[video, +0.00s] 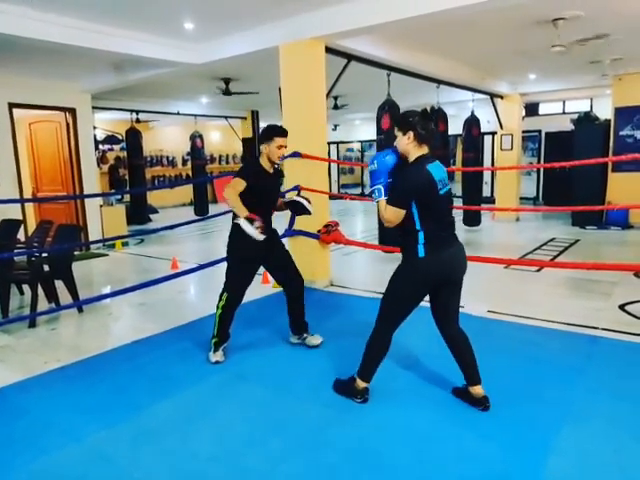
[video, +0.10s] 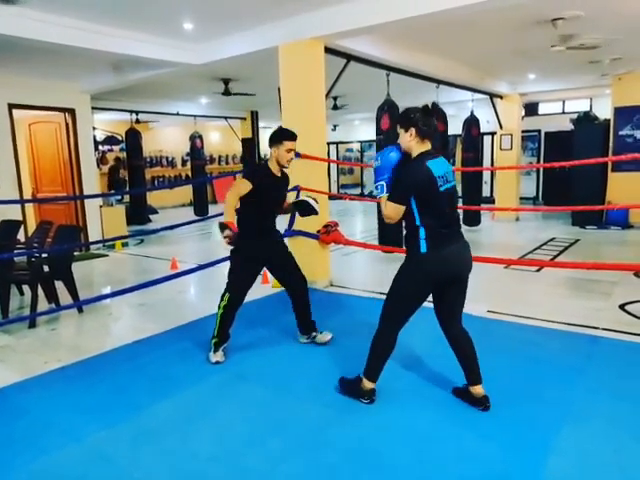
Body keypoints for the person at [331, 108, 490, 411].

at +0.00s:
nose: (395, 142)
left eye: (399, 136)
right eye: (396, 136)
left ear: (412, 137)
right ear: (420, 138)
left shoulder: (410, 174)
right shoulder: (437, 167)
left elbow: (389, 218)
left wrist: (378, 184)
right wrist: (389, 175)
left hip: (421, 263)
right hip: (452, 258)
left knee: (385, 324)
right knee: (449, 324)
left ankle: (360, 384)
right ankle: (476, 389)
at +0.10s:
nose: (399, 139)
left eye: (402, 133)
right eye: (400, 133)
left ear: (415, 134)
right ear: (425, 134)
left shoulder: (410, 169)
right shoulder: (443, 162)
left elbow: (391, 215)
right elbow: (430, 205)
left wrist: (383, 195)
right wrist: (395, 195)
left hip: (425, 261)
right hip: (458, 256)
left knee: (390, 322)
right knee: (452, 322)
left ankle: (367, 384)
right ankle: (477, 389)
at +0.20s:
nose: (402, 138)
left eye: (403, 132)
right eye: (402, 133)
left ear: (415, 130)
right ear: (429, 131)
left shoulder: (409, 166)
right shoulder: (449, 160)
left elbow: (392, 213)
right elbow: (440, 200)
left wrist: (385, 196)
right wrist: (399, 196)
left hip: (425, 257)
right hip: (459, 252)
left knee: (389, 315)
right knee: (455, 320)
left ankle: (391, 391)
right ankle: (478, 389)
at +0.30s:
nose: (400, 141)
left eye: (402, 136)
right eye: (401, 136)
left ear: (412, 135)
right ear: (430, 135)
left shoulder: (403, 171)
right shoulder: (448, 165)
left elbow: (387, 217)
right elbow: (445, 204)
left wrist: (387, 195)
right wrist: (400, 196)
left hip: (421, 262)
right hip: (456, 258)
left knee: (383, 321)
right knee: (452, 322)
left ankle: (379, 395)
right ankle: (479, 391)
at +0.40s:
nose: (392, 149)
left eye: (393, 144)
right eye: (392, 144)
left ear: (401, 144)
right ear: (422, 144)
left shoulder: (392, 178)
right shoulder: (440, 171)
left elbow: (378, 222)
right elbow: (432, 211)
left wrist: (404, 209)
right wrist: (395, 213)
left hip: (412, 270)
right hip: (450, 265)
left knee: (374, 326)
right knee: (444, 326)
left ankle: (361, 397)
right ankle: (476, 391)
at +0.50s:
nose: (378, 147)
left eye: (379, 143)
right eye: (380, 142)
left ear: (385, 145)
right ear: (407, 145)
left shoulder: (372, 176)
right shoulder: (422, 173)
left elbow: (358, 219)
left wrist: (369, 193)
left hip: (394, 270)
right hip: (432, 266)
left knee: (363, 327)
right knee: (441, 328)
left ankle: (360, 397)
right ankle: (475, 390)